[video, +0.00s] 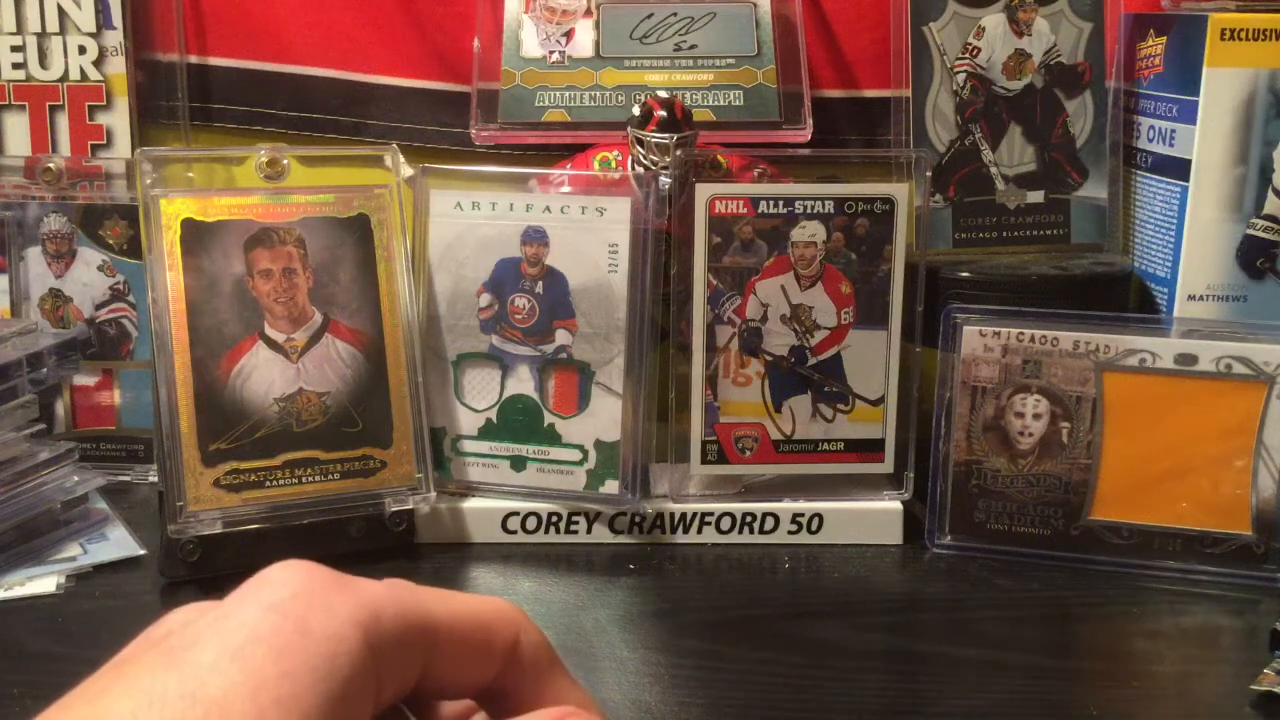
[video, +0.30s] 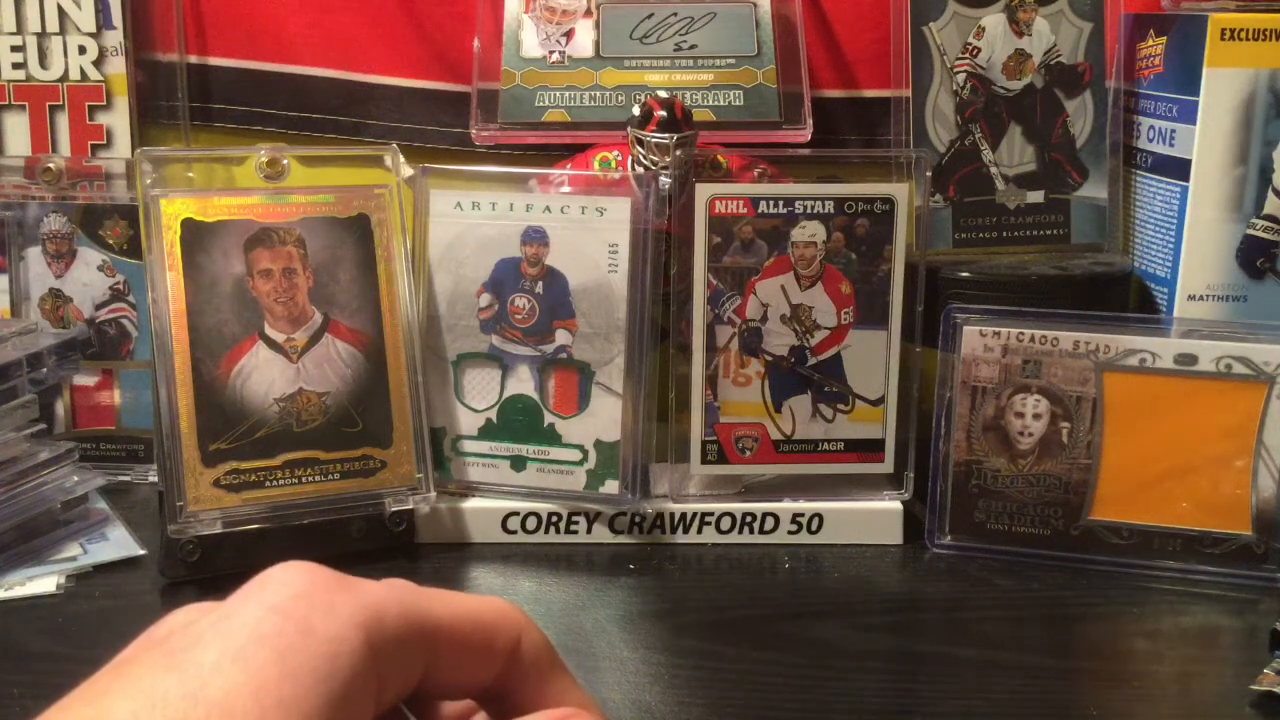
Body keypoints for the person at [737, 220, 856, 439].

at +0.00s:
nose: (801, 253)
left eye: (808, 247)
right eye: (796, 247)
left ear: (821, 250)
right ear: (790, 249)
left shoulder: (838, 285)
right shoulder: (774, 272)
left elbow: (842, 330)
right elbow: (754, 293)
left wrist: (810, 352)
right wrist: (750, 326)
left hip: (823, 351)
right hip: (779, 350)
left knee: (831, 411)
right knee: (798, 409)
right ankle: (790, 469)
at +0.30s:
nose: (801, 253)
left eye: (808, 247)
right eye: (796, 247)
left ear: (821, 249)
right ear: (790, 249)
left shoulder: (838, 285)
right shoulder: (774, 271)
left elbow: (842, 331)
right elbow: (755, 293)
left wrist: (810, 353)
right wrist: (750, 326)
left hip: (822, 353)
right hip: (780, 352)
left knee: (830, 411)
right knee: (798, 409)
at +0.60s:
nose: (801, 253)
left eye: (807, 247)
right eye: (796, 247)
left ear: (821, 249)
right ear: (790, 249)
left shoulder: (838, 285)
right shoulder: (774, 271)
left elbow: (842, 331)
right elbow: (755, 293)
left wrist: (810, 353)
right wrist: (750, 326)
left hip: (822, 352)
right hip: (780, 352)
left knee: (830, 411)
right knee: (798, 409)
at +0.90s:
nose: (801, 253)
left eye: (807, 247)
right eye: (796, 247)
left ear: (821, 249)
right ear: (790, 249)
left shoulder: (838, 285)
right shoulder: (773, 271)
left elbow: (842, 331)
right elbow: (755, 293)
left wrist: (810, 353)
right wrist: (750, 326)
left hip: (823, 353)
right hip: (780, 353)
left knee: (830, 411)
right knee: (797, 410)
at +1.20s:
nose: (801, 253)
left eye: (807, 247)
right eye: (796, 247)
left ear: (821, 249)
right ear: (790, 249)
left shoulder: (838, 285)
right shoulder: (773, 271)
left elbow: (842, 332)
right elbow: (755, 293)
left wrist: (810, 353)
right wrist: (750, 326)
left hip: (823, 353)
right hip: (780, 353)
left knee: (830, 412)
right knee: (797, 412)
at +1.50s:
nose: (801, 253)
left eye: (807, 247)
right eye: (796, 247)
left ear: (821, 249)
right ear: (790, 249)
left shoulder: (839, 285)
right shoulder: (773, 271)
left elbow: (842, 331)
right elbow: (755, 293)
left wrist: (810, 353)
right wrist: (750, 326)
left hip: (823, 352)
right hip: (780, 352)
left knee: (830, 411)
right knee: (795, 411)